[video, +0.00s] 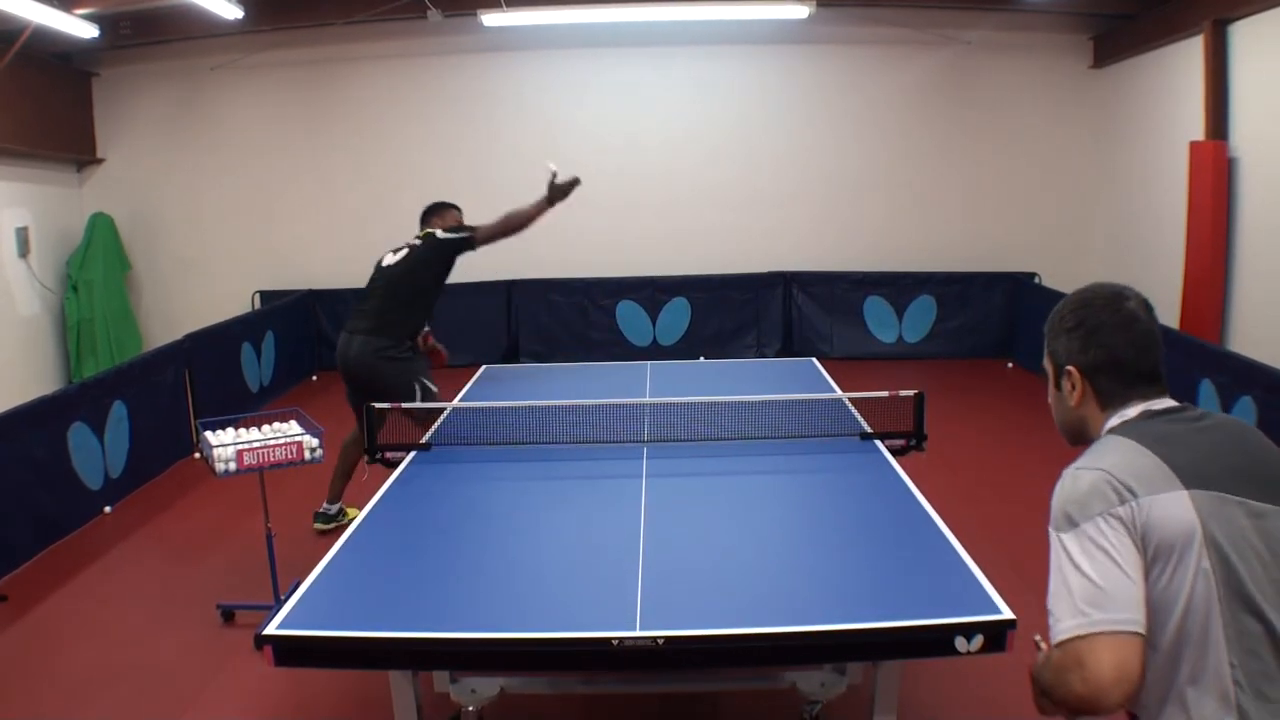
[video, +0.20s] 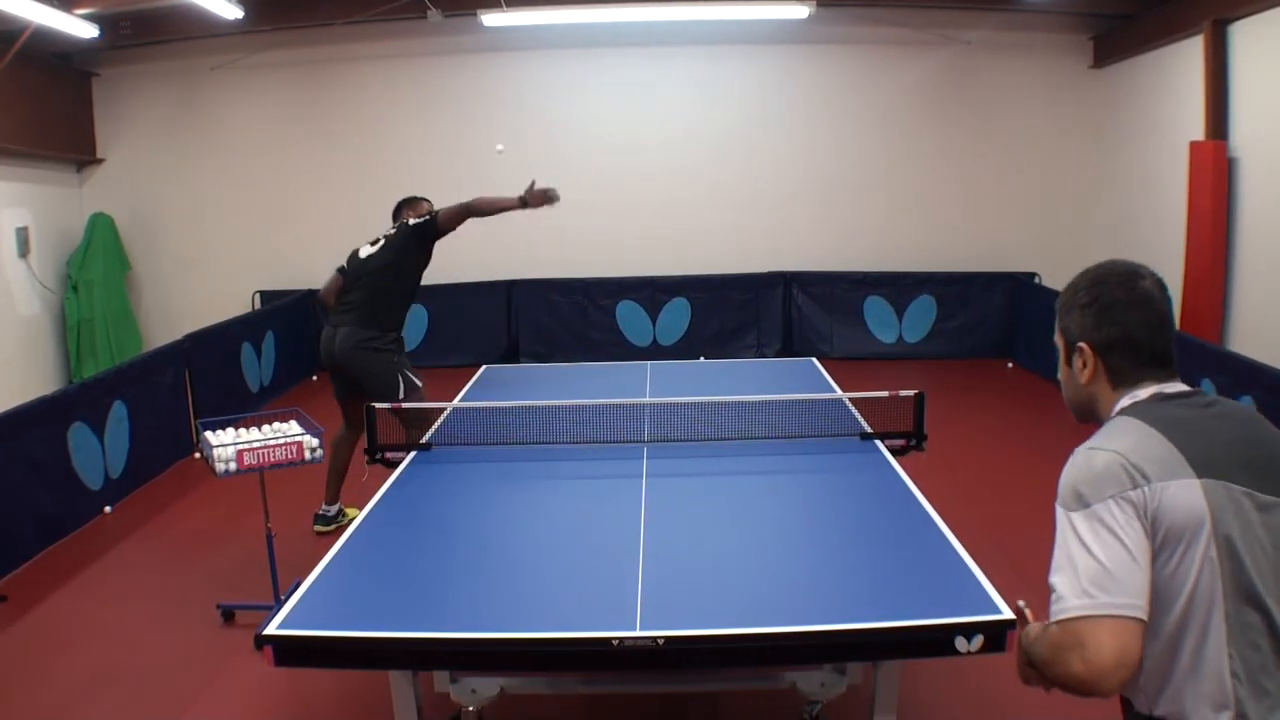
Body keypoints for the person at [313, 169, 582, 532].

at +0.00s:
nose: (463, 228)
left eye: (461, 223)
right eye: (457, 223)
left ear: (426, 226)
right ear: (437, 223)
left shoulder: (397, 252)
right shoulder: (442, 241)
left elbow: (390, 300)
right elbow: (502, 228)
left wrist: (421, 336)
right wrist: (548, 202)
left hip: (351, 351)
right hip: (386, 354)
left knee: (365, 428)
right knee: (444, 430)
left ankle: (330, 508)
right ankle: (450, 507)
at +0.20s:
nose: (433, 220)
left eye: (431, 214)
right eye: (428, 214)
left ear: (395, 219)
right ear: (410, 216)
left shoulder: (365, 249)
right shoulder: (417, 231)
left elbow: (328, 294)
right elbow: (469, 208)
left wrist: (354, 326)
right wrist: (522, 201)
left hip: (335, 343)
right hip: (371, 344)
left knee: (352, 425)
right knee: (423, 425)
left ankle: (329, 509)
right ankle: (432, 512)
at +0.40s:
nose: (428, 222)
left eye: (426, 217)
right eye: (424, 217)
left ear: (392, 218)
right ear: (410, 216)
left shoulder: (360, 241)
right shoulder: (420, 233)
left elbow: (322, 284)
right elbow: (467, 239)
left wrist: (349, 308)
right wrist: (495, 275)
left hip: (329, 341)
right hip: (365, 344)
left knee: (348, 424)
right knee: (423, 420)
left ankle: (328, 511)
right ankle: (438, 503)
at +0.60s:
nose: (454, 247)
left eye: (452, 241)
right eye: (452, 241)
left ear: (419, 240)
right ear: (442, 238)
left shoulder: (391, 259)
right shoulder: (439, 259)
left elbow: (370, 301)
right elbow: (433, 298)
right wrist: (435, 346)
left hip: (340, 360)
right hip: (373, 366)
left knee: (363, 430)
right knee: (443, 428)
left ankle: (329, 511)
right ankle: (440, 509)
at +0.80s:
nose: (489, 254)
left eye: (495, 250)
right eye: (483, 245)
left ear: (498, 252)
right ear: (463, 239)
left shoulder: (461, 273)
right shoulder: (437, 266)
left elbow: (442, 307)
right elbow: (386, 293)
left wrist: (451, 337)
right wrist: (410, 348)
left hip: (407, 363)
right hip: (384, 364)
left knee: (418, 432)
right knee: (446, 417)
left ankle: (353, 482)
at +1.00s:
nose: (496, 232)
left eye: (504, 226)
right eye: (489, 223)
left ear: (510, 226)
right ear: (472, 218)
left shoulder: (495, 250)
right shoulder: (438, 247)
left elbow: (491, 275)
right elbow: (388, 283)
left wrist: (507, 301)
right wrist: (426, 327)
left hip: (449, 331)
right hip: (411, 330)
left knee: (470, 391)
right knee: (436, 402)